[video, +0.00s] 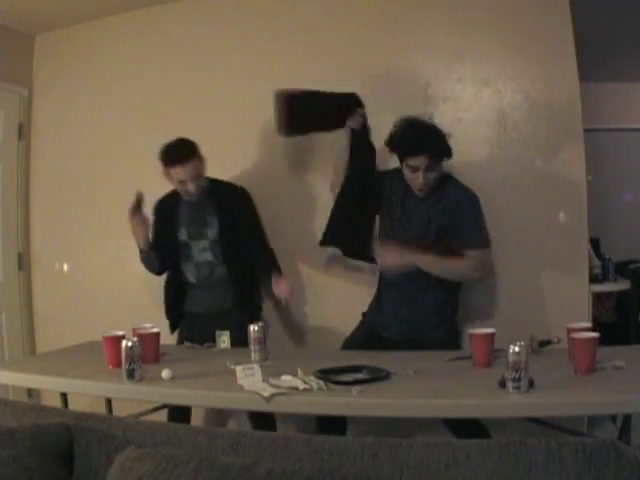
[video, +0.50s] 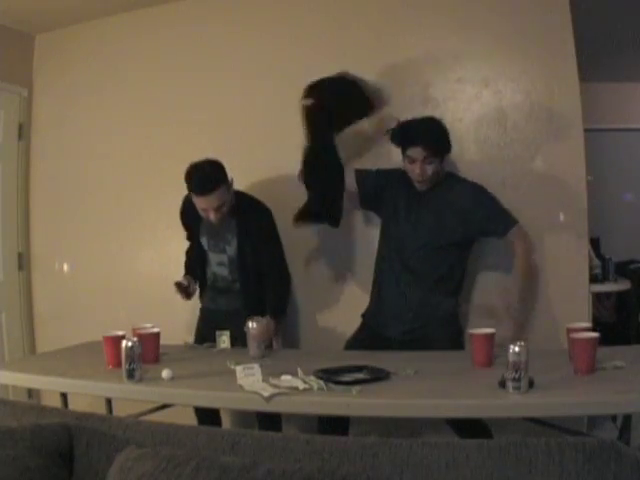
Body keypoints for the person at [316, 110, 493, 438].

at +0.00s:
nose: (420, 180)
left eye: (428, 170)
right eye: (411, 170)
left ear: (440, 163)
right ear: (400, 163)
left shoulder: (460, 200)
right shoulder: (387, 185)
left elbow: (477, 267)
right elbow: (351, 191)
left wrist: (411, 257)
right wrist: (354, 137)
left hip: (433, 326)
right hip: (381, 321)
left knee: (454, 409)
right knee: (330, 385)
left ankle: (499, 467)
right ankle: (327, 469)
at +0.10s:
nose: (424, 179)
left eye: (432, 170)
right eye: (416, 170)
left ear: (441, 163)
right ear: (401, 163)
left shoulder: (461, 201)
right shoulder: (384, 187)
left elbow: (493, 260)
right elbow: (342, 194)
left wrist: (454, 287)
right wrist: (328, 143)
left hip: (437, 325)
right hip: (385, 318)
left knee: (455, 407)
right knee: (333, 388)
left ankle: (499, 469)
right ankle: (327, 474)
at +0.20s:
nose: (429, 181)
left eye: (437, 172)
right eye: (421, 172)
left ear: (446, 165)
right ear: (405, 164)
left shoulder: (464, 201)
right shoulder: (388, 184)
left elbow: (491, 257)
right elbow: (340, 186)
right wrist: (305, 146)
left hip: (437, 326)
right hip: (384, 321)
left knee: (458, 408)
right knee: (334, 385)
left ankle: (498, 468)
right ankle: (330, 469)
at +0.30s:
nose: (429, 173)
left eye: (436, 165)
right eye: (420, 164)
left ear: (446, 160)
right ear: (406, 159)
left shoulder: (465, 200)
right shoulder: (388, 184)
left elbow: (504, 255)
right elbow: (330, 180)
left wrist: (528, 318)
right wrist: (312, 136)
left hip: (437, 328)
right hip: (381, 322)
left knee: (460, 412)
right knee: (331, 391)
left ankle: (504, 475)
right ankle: (328, 473)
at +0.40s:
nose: (421, 170)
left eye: (430, 161)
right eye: (413, 161)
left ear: (443, 158)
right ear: (402, 157)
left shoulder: (464, 198)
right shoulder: (389, 185)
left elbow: (514, 251)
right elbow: (333, 179)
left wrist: (533, 321)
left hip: (435, 330)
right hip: (380, 324)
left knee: (459, 411)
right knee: (331, 391)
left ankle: (503, 474)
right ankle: (327, 474)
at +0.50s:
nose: (419, 170)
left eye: (428, 162)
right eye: (411, 161)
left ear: (444, 158)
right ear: (402, 157)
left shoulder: (468, 197)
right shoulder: (391, 186)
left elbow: (522, 243)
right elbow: (326, 179)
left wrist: (519, 314)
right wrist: (370, 133)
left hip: (436, 328)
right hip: (381, 322)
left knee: (458, 409)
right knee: (332, 391)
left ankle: (502, 474)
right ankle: (328, 476)